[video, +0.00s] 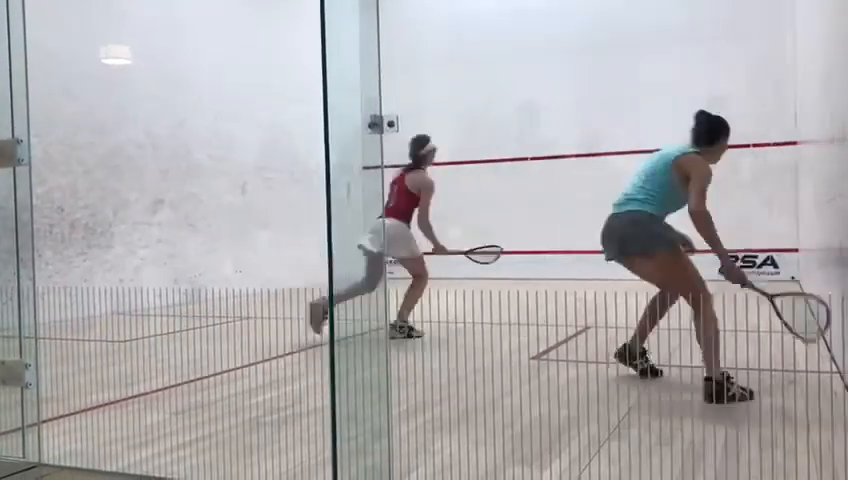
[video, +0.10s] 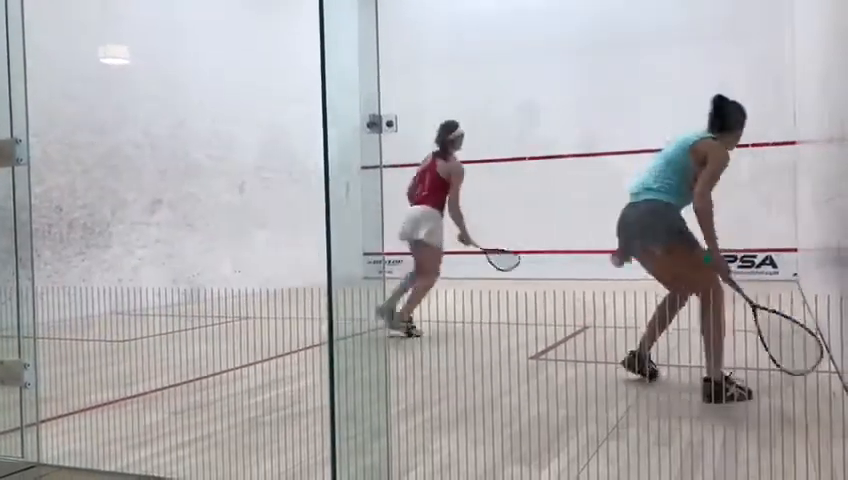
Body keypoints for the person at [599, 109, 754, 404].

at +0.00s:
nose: (724, 151)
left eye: (725, 145)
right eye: (724, 145)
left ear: (697, 137)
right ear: (718, 144)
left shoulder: (669, 156)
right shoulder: (698, 165)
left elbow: (641, 206)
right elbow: (697, 211)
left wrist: (675, 235)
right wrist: (724, 259)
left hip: (615, 230)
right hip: (640, 228)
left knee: (672, 288)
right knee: (700, 298)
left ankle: (633, 348)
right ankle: (716, 379)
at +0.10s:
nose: (740, 137)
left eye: (741, 130)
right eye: (741, 130)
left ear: (714, 123)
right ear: (737, 129)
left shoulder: (685, 144)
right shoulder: (717, 152)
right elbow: (701, 200)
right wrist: (716, 254)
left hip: (631, 220)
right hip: (657, 218)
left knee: (680, 290)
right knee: (711, 288)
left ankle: (640, 353)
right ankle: (716, 379)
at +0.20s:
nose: (743, 114)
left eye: (744, 107)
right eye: (744, 107)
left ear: (716, 99)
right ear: (738, 105)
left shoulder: (685, 125)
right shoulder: (724, 130)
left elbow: (634, 147)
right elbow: (704, 170)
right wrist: (714, 227)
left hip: (641, 206)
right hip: (671, 205)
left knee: (681, 286)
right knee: (711, 286)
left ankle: (639, 353)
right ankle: (714, 379)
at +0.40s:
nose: (729, 73)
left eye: (727, 68)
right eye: (730, 68)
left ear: (697, 67)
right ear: (727, 68)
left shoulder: (673, 96)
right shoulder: (730, 107)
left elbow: (627, 112)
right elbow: (729, 150)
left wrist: (614, 158)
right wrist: (739, 207)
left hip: (654, 193)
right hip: (695, 195)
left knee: (663, 283)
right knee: (710, 289)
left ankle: (644, 363)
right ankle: (713, 378)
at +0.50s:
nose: (714, 65)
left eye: (708, 61)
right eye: (714, 61)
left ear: (682, 62)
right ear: (712, 62)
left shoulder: (663, 94)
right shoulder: (723, 105)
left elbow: (634, 127)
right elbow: (739, 163)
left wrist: (615, 175)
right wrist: (744, 214)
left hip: (657, 196)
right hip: (700, 197)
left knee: (654, 284)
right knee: (709, 289)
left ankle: (648, 369)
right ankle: (713, 376)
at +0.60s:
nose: (682, 63)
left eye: (670, 58)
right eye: (689, 56)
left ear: (662, 59)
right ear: (695, 57)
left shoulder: (650, 94)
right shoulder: (712, 101)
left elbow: (634, 135)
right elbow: (726, 160)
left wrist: (621, 176)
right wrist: (729, 209)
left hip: (657, 195)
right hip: (700, 195)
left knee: (648, 284)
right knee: (707, 289)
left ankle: (656, 369)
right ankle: (716, 375)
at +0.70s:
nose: (663, 64)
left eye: (648, 62)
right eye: (672, 57)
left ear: (645, 62)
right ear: (675, 58)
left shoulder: (639, 97)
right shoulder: (697, 101)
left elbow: (622, 146)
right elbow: (709, 163)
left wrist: (612, 181)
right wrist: (706, 203)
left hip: (649, 197)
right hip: (690, 196)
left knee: (647, 285)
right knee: (704, 286)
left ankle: (658, 366)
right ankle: (721, 371)